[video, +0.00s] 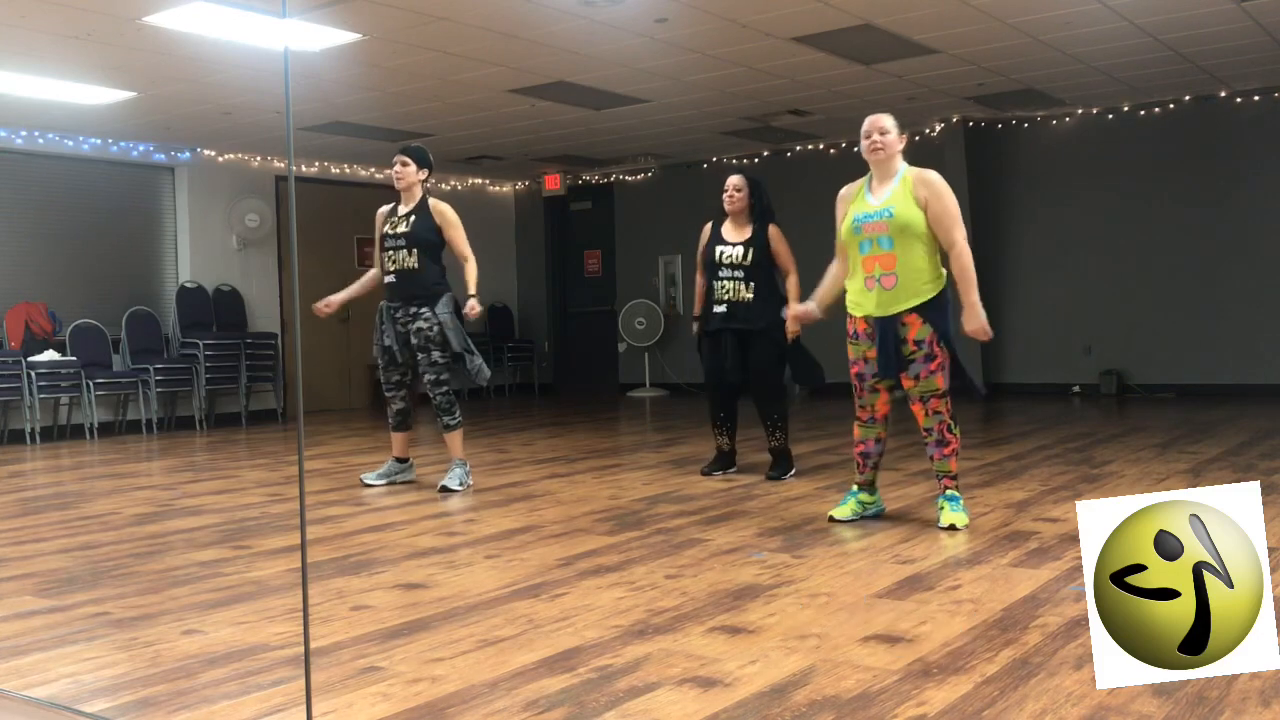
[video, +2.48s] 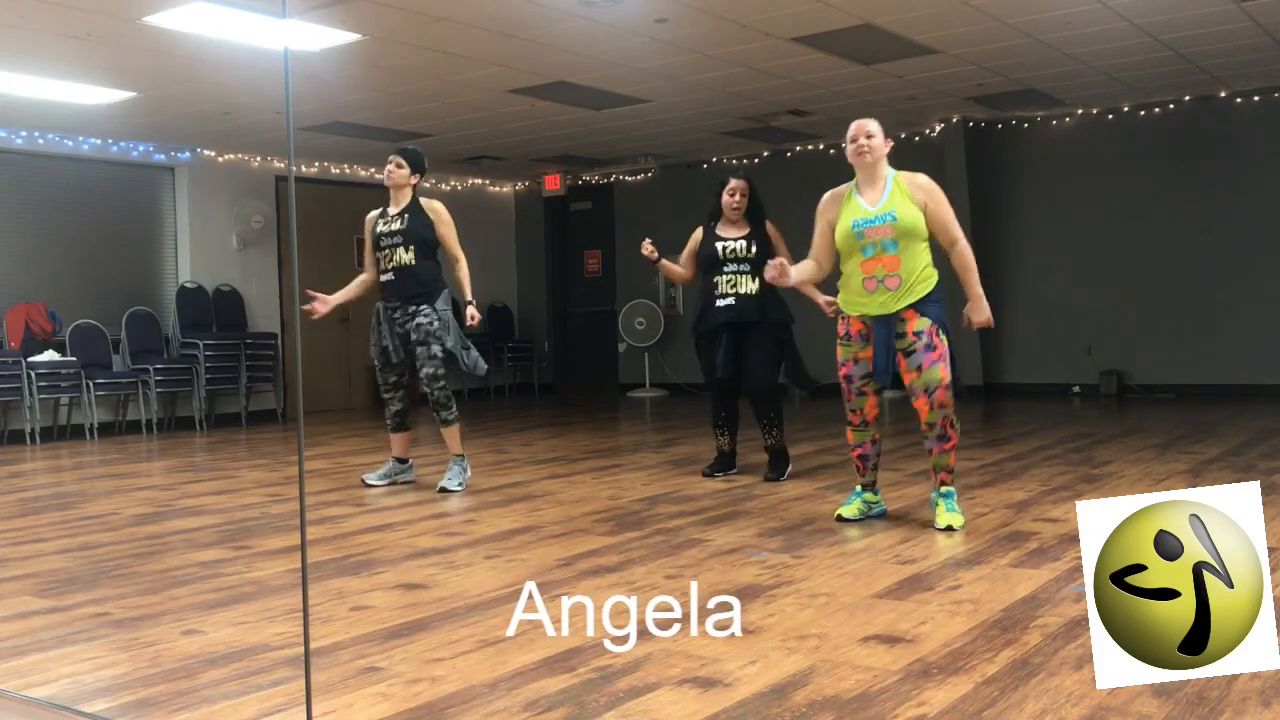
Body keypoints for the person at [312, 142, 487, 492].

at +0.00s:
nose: (395, 170)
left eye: (404, 165)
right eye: (394, 165)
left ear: (423, 173)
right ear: (393, 173)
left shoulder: (439, 211)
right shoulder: (384, 215)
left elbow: (468, 259)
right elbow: (379, 271)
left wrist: (471, 295)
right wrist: (339, 297)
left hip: (430, 313)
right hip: (392, 314)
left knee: (439, 387)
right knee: (394, 389)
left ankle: (459, 466)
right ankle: (400, 463)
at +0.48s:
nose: (403, 167)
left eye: (411, 161)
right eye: (401, 164)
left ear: (431, 167)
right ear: (401, 173)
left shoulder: (446, 208)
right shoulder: (400, 209)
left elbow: (458, 266)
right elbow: (396, 266)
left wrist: (439, 269)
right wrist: (365, 300)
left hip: (433, 311)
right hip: (398, 310)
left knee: (440, 386)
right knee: (393, 384)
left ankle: (460, 466)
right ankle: (397, 461)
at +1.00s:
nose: (413, 168)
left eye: (420, 162)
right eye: (411, 164)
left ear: (441, 168)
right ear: (411, 173)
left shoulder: (455, 208)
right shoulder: (413, 210)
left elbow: (453, 266)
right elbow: (412, 265)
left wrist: (421, 258)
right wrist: (396, 303)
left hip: (438, 310)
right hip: (405, 309)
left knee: (441, 386)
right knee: (396, 383)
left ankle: (460, 466)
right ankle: (393, 461)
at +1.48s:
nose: (394, 168)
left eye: (402, 164)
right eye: (393, 163)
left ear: (421, 173)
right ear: (392, 172)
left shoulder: (437, 207)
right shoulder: (384, 219)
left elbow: (464, 258)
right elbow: (382, 273)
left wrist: (481, 307)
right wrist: (356, 304)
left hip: (431, 310)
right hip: (394, 313)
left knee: (437, 385)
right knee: (397, 387)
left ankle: (460, 464)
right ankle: (400, 463)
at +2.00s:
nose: (402, 166)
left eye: (409, 161)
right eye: (401, 162)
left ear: (430, 169)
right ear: (402, 170)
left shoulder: (444, 205)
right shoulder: (398, 208)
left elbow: (458, 258)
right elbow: (397, 262)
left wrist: (426, 295)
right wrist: (380, 301)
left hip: (434, 308)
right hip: (397, 308)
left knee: (438, 384)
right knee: (383, 379)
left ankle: (459, 465)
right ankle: (394, 458)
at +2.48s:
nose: (389, 168)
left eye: (398, 165)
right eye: (389, 163)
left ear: (415, 176)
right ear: (385, 174)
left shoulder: (432, 210)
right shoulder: (374, 220)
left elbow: (457, 259)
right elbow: (369, 275)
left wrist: (468, 301)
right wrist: (334, 299)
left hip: (428, 311)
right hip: (389, 314)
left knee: (435, 384)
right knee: (392, 388)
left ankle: (458, 462)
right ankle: (400, 463)